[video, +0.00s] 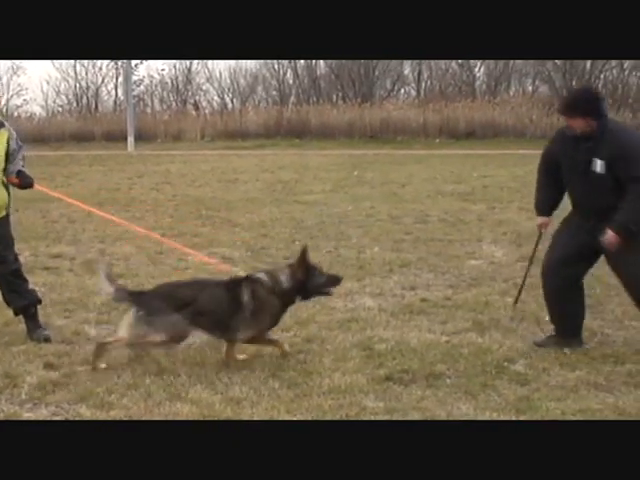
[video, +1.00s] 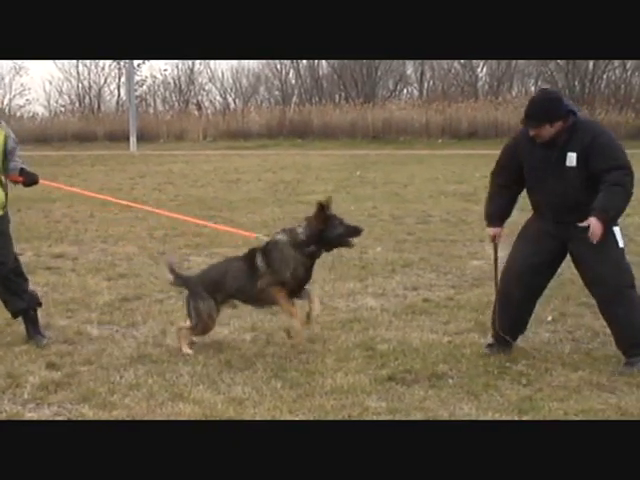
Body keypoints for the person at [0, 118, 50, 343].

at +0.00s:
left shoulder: (6, 134)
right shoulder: (7, 135)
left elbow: (13, 164)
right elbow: (14, 165)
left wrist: (21, 177)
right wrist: (20, 176)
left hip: (1, 211)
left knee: (9, 266)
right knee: (8, 266)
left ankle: (32, 322)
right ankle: (32, 321)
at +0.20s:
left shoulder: (6, 136)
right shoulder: (8, 137)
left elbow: (11, 164)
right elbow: (12, 165)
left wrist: (17, 176)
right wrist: (16, 176)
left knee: (8, 266)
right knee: (7, 266)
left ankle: (33, 321)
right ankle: (32, 321)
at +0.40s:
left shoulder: (6, 136)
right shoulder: (8, 137)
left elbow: (10, 166)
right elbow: (11, 168)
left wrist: (20, 177)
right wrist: (19, 178)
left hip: (0, 213)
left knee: (8, 266)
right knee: (7, 266)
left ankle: (33, 320)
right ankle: (33, 319)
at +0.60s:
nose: (0, 102)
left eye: (2, 98)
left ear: (3, 103)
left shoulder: (9, 135)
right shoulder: (9, 135)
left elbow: (14, 164)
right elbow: (14, 165)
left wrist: (22, 175)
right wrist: (21, 175)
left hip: (1, 212)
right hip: (2, 213)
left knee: (9, 266)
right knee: (9, 267)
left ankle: (36, 321)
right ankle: (35, 320)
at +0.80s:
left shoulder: (4, 137)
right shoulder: (5, 139)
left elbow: (7, 167)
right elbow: (7, 168)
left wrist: (17, 175)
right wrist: (16, 175)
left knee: (8, 264)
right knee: (8, 264)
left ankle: (35, 318)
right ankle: (35, 318)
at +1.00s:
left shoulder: (5, 135)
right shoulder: (6, 136)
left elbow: (11, 166)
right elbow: (12, 166)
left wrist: (22, 174)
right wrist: (21, 174)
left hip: (1, 213)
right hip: (2, 214)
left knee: (7, 265)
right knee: (7, 265)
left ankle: (30, 319)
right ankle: (29, 317)